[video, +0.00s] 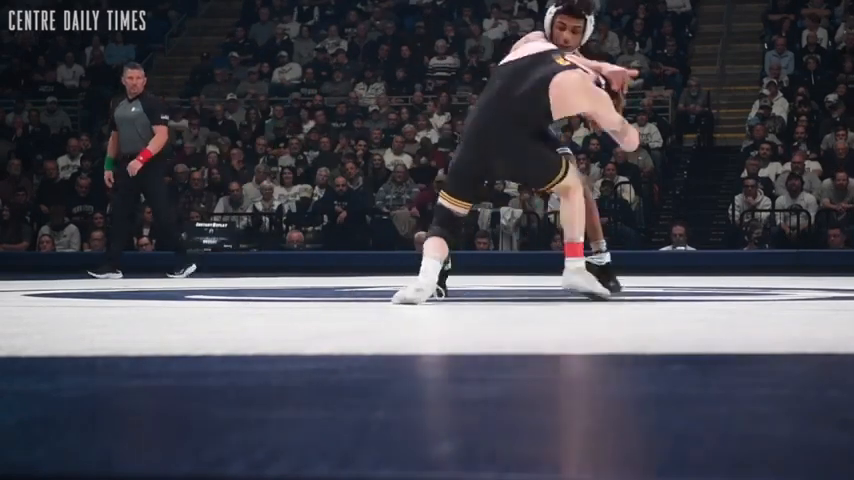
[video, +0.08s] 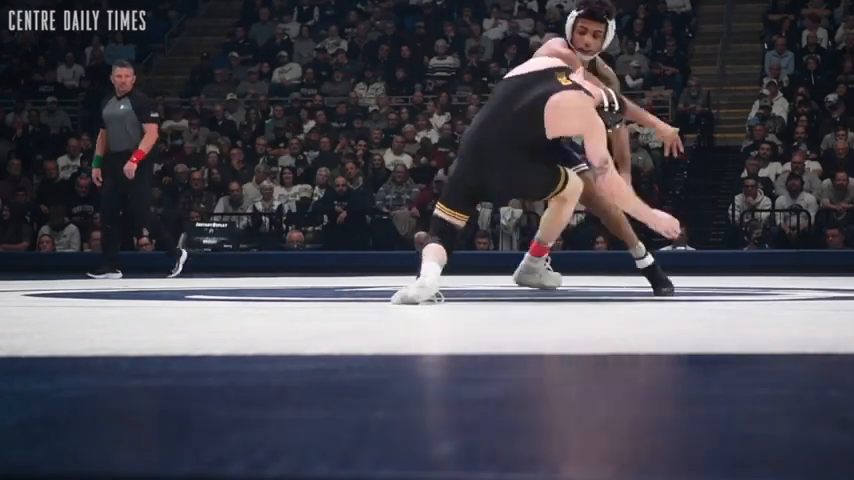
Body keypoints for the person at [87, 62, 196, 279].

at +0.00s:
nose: (134, 83)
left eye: (138, 78)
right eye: (130, 78)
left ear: (145, 80)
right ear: (123, 81)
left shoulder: (152, 103)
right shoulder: (118, 106)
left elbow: (161, 135)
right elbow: (114, 137)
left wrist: (140, 159)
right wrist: (108, 165)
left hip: (150, 164)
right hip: (126, 166)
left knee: (162, 211)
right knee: (119, 213)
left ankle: (184, 260)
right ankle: (113, 265)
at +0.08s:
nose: (123, 81)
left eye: (127, 76)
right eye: (119, 76)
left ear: (133, 79)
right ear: (112, 78)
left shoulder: (141, 101)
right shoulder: (108, 104)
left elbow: (152, 133)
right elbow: (103, 134)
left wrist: (135, 159)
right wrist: (97, 163)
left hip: (137, 161)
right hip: (113, 162)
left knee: (140, 210)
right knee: (110, 212)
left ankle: (174, 251)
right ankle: (111, 265)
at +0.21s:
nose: (108, 78)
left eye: (112, 74)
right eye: (104, 74)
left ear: (119, 76)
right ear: (97, 76)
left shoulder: (128, 98)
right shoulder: (90, 102)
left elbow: (140, 131)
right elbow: (85, 132)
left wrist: (127, 160)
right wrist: (76, 160)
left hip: (121, 159)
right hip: (98, 160)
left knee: (114, 206)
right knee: (102, 211)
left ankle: (145, 247)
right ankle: (110, 265)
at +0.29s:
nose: (101, 77)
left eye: (105, 73)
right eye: (96, 73)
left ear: (111, 75)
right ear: (89, 75)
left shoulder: (118, 98)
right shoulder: (84, 101)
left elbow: (133, 129)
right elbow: (75, 131)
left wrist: (123, 160)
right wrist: (64, 156)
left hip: (111, 158)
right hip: (91, 159)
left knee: (99, 208)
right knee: (96, 209)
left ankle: (116, 257)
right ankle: (111, 259)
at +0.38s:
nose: (92, 77)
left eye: (96, 73)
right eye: (88, 73)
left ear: (102, 76)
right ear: (81, 75)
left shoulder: (110, 98)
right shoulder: (74, 102)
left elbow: (126, 130)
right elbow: (65, 131)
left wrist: (118, 161)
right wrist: (53, 156)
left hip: (104, 158)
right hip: (85, 159)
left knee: (90, 207)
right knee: (94, 210)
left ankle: (90, 262)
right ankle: (110, 264)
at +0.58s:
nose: (74, 78)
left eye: (78, 74)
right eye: (69, 73)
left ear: (83, 76)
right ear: (60, 76)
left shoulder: (91, 101)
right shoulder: (53, 102)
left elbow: (106, 134)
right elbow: (43, 132)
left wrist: (101, 166)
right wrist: (31, 156)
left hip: (82, 161)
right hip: (63, 161)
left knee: (68, 209)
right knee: (79, 213)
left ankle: (56, 266)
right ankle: (106, 261)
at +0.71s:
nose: (60, 76)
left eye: (65, 71)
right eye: (56, 71)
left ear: (70, 75)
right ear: (48, 73)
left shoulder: (77, 99)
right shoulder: (38, 99)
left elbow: (90, 133)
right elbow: (29, 129)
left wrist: (83, 165)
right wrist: (19, 155)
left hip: (67, 159)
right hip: (44, 159)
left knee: (57, 210)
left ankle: (55, 267)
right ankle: (86, 248)